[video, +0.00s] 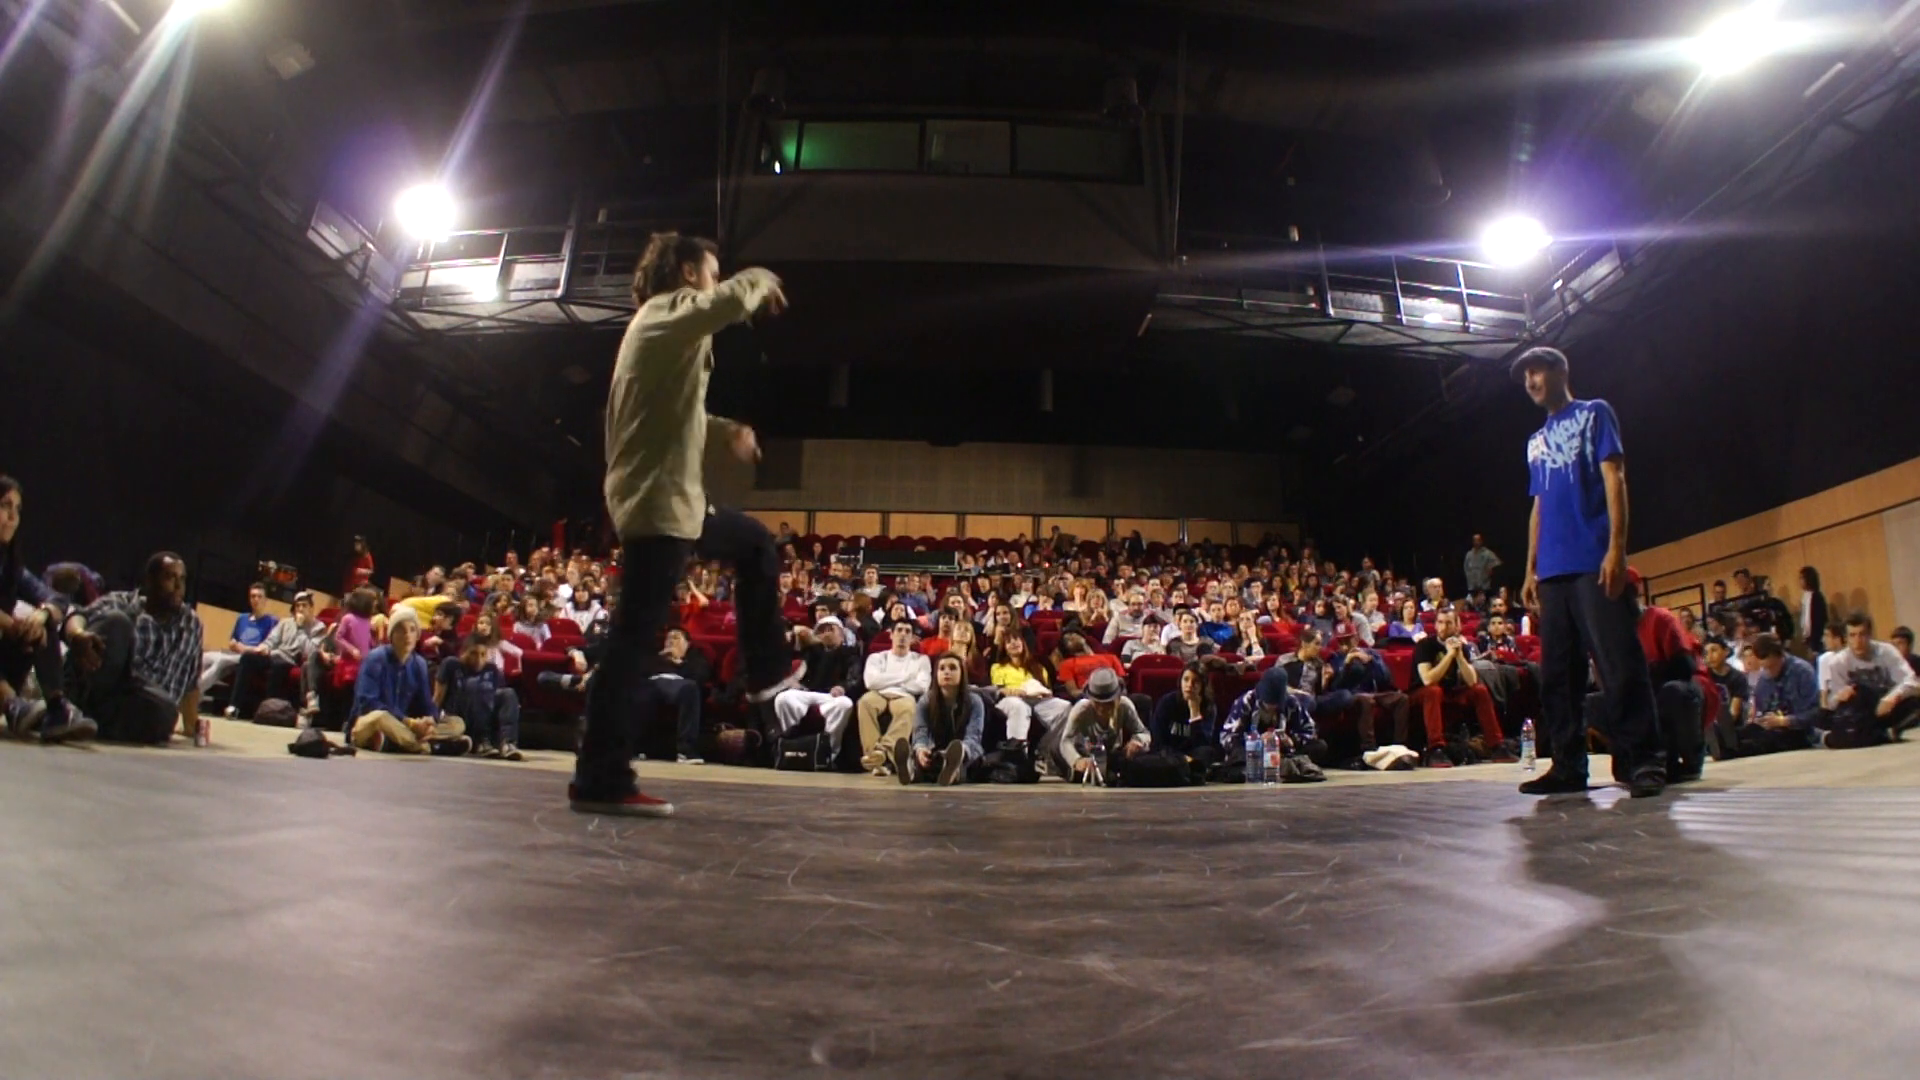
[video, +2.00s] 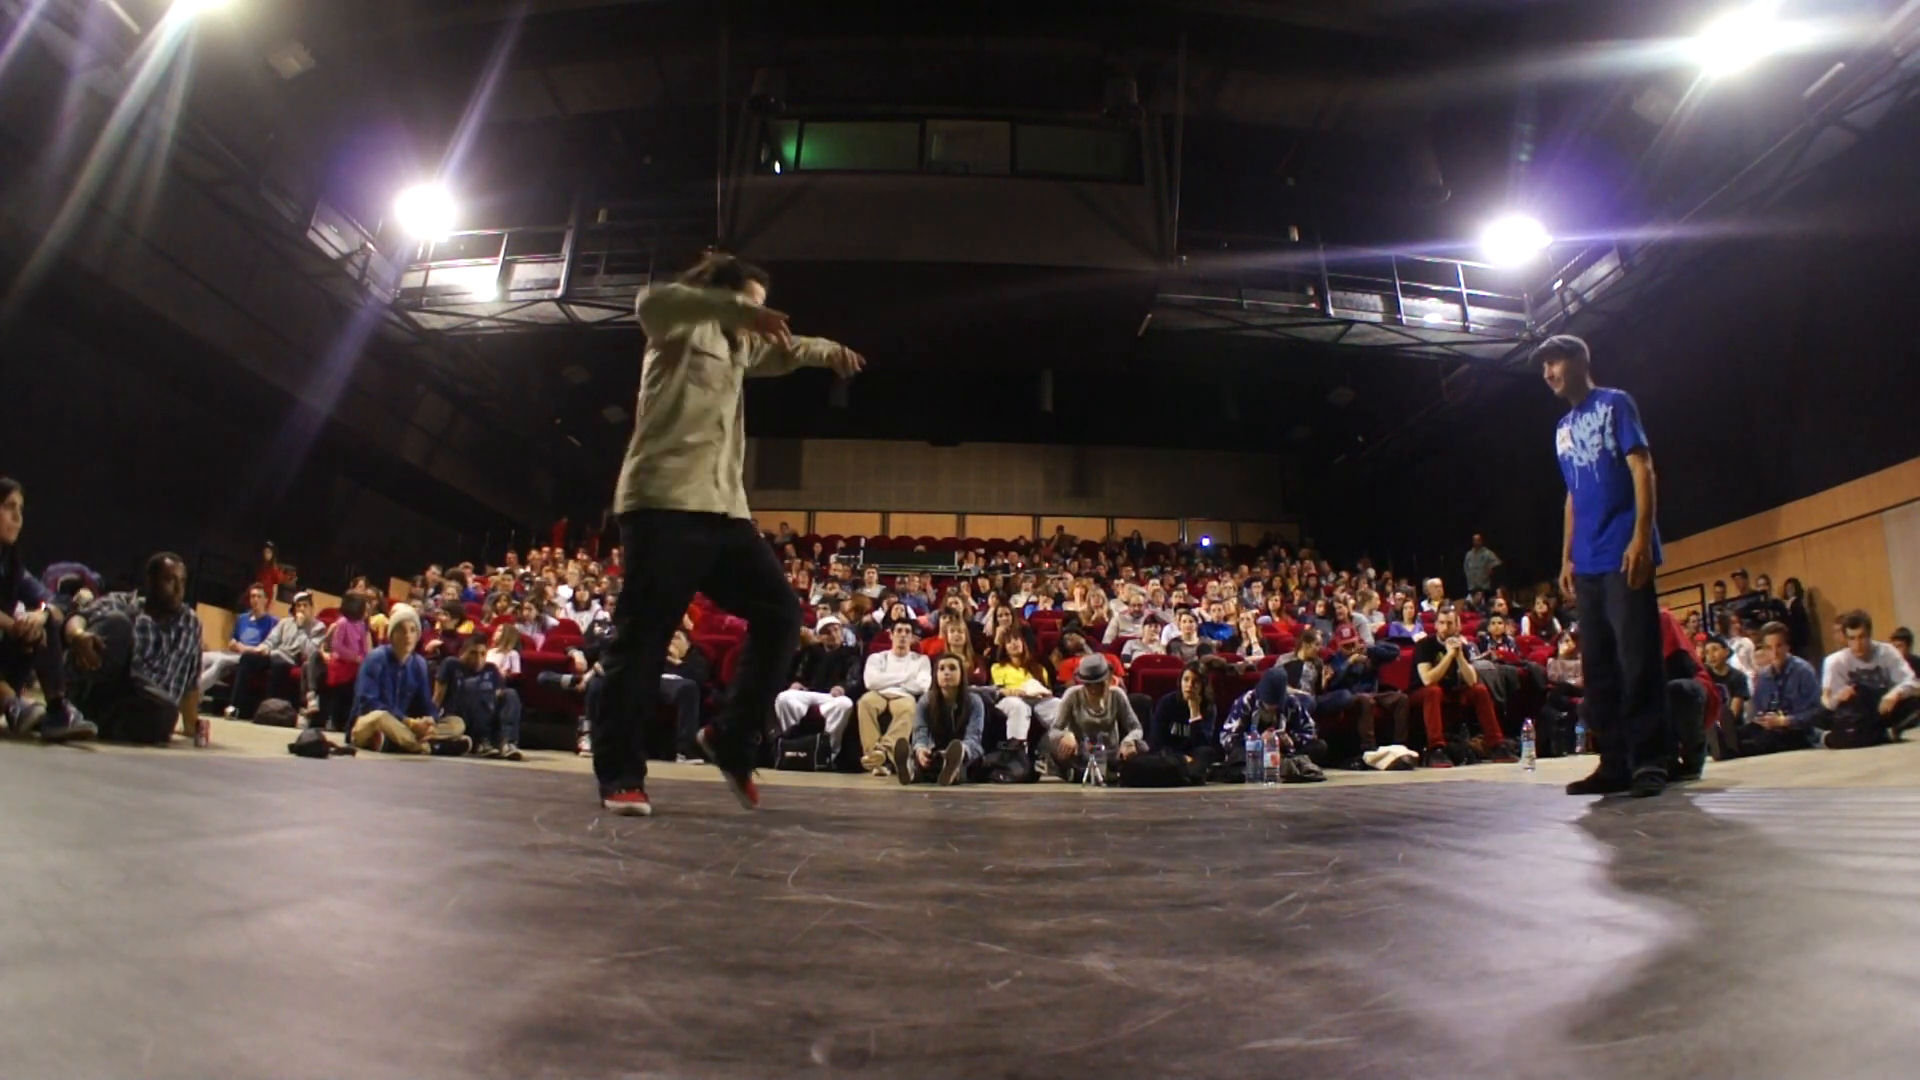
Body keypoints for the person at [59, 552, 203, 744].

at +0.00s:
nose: (178, 586)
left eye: (182, 579)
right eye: (170, 578)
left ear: (186, 583)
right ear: (151, 580)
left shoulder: (191, 624)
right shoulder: (122, 602)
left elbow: (190, 684)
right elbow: (78, 616)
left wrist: (191, 731)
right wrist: (76, 634)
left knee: (161, 717)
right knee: (116, 623)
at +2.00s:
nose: (178, 589)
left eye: (182, 582)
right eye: (170, 580)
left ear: (186, 585)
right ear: (151, 581)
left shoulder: (190, 623)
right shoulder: (122, 603)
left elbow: (190, 684)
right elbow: (77, 619)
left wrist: (191, 731)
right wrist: (77, 635)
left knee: (158, 720)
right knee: (116, 625)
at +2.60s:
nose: (178, 589)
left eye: (182, 583)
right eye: (170, 581)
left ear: (186, 586)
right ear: (151, 581)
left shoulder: (190, 623)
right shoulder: (122, 603)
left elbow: (190, 685)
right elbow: (77, 619)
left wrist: (191, 732)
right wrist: (78, 636)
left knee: (161, 719)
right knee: (116, 625)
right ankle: (69, 710)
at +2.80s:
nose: (177, 589)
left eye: (182, 582)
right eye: (169, 581)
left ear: (186, 585)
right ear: (151, 581)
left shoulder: (190, 623)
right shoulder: (123, 603)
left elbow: (190, 684)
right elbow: (77, 619)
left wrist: (191, 732)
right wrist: (78, 635)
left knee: (162, 717)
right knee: (117, 625)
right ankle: (67, 709)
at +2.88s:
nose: (177, 589)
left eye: (182, 582)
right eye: (170, 580)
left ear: (186, 585)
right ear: (151, 581)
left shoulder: (190, 623)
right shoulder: (122, 603)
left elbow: (190, 685)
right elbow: (77, 618)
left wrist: (191, 732)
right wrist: (78, 634)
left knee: (162, 717)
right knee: (117, 625)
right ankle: (67, 707)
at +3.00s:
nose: (178, 589)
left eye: (181, 582)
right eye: (170, 580)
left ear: (185, 585)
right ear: (152, 581)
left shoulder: (190, 623)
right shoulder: (127, 603)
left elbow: (190, 685)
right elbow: (82, 608)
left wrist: (191, 732)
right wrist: (84, 622)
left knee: (161, 719)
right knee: (118, 625)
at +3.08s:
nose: (178, 589)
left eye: (182, 582)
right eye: (171, 580)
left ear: (185, 585)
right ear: (152, 581)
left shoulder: (191, 622)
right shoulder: (131, 603)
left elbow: (191, 684)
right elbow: (92, 599)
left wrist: (191, 731)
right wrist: (94, 609)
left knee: (159, 721)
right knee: (117, 623)